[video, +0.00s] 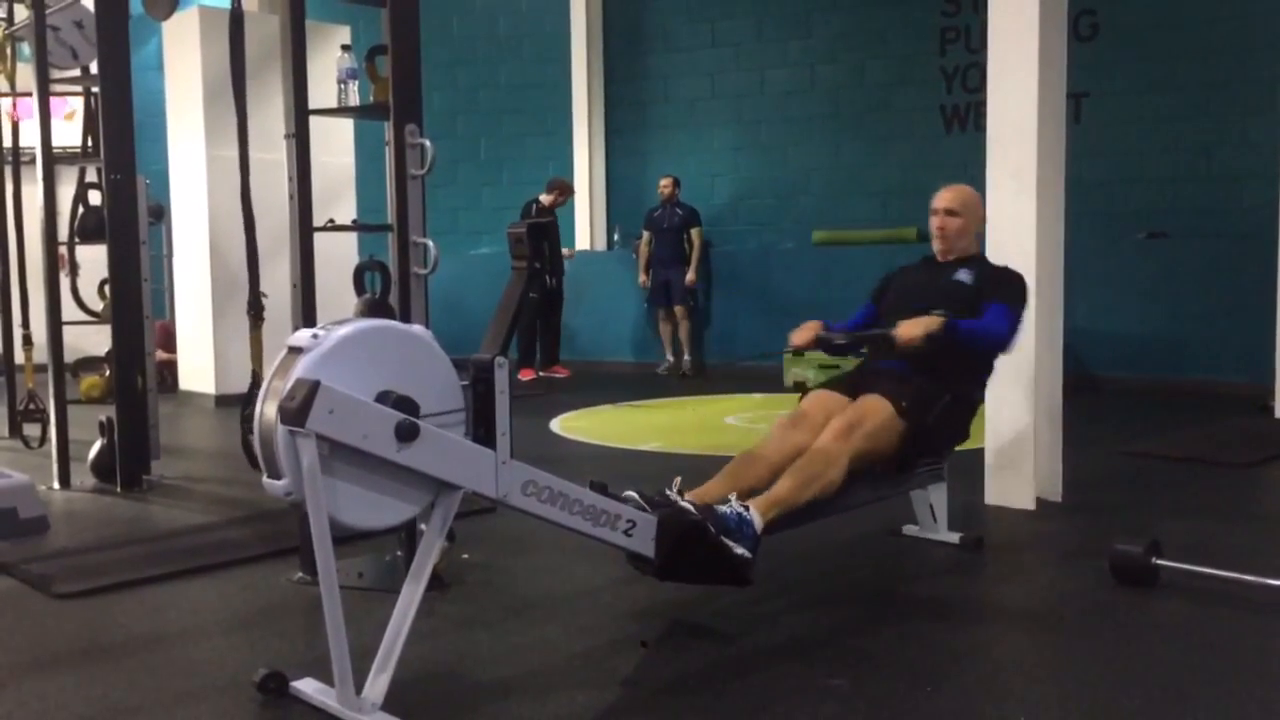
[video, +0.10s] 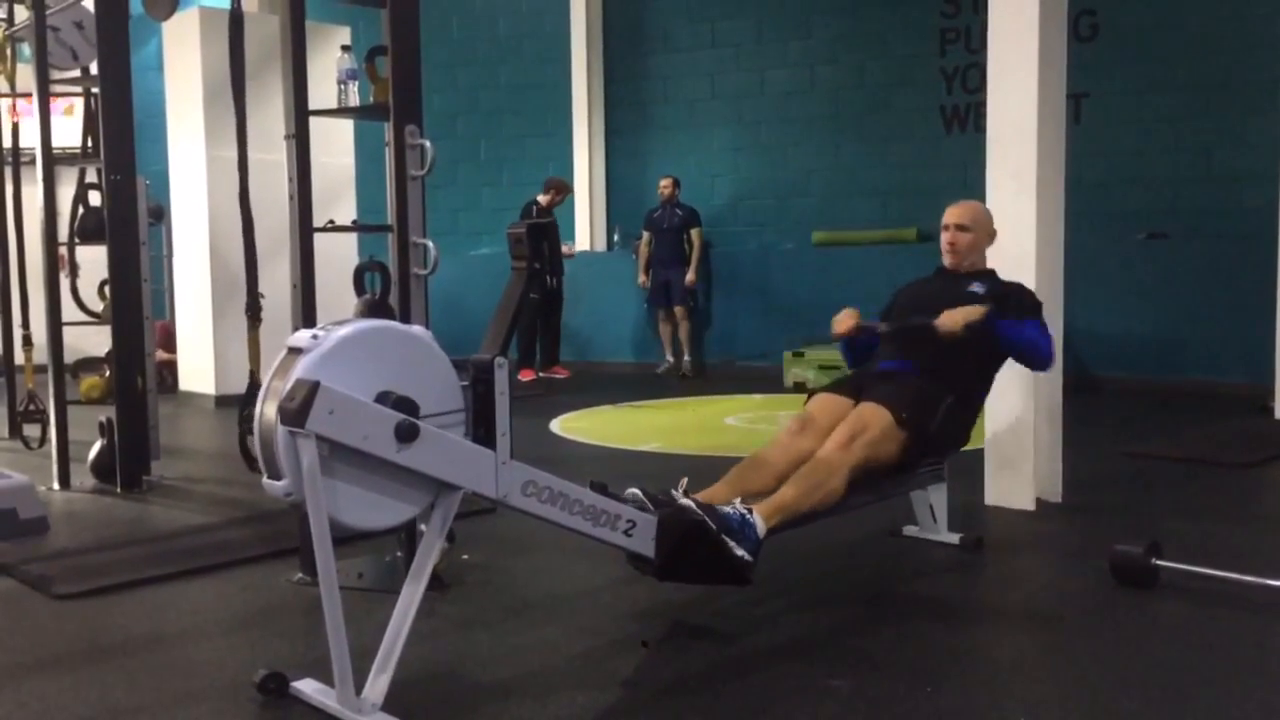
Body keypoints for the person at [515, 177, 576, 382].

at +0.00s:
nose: (564, 204)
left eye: (565, 200)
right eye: (564, 199)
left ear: (556, 194)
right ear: (556, 194)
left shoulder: (550, 213)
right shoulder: (531, 210)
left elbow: (550, 244)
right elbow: (530, 245)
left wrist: (560, 254)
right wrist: (538, 269)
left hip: (553, 275)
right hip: (534, 276)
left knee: (551, 321)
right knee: (529, 322)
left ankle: (550, 363)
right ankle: (526, 366)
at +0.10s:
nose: (561, 203)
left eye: (562, 199)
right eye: (561, 198)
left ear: (553, 194)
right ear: (552, 193)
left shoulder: (548, 213)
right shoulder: (532, 211)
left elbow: (548, 244)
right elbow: (532, 247)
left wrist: (561, 251)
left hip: (552, 276)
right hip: (534, 277)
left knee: (551, 322)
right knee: (529, 324)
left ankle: (550, 364)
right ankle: (526, 366)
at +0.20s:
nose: (559, 202)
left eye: (561, 198)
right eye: (559, 198)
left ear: (551, 194)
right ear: (549, 193)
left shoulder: (547, 213)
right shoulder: (530, 213)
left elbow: (550, 244)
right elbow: (530, 248)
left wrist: (562, 246)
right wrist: (537, 273)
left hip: (552, 276)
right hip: (535, 278)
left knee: (551, 323)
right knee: (529, 324)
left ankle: (549, 364)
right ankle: (525, 367)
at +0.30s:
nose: (557, 201)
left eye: (558, 197)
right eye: (556, 196)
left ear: (549, 194)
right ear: (546, 193)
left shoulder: (546, 213)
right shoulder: (529, 213)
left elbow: (548, 243)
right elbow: (529, 247)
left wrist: (565, 243)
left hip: (552, 277)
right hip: (534, 279)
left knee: (550, 324)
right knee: (529, 324)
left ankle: (549, 365)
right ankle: (525, 367)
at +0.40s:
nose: (556, 200)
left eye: (557, 196)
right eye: (555, 195)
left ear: (547, 194)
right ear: (544, 193)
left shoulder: (546, 214)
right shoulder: (527, 214)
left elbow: (548, 243)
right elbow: (527, 247)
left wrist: (565, 241)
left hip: (551, 277)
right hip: (533, 279)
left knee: (550, 324)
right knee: (528, 325)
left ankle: (548, 365)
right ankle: (524, 368)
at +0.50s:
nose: (555, 200)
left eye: (556, 196)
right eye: (554, 195)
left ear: (545, 194)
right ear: (543, 193)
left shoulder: (545, 214)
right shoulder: (526, 214)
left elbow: (546, 243)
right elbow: (527, 247)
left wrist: (563, 242)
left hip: (551, 278)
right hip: (532, 279)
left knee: (550, 324)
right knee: (527, 325)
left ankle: (548, 366)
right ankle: (523, 368)